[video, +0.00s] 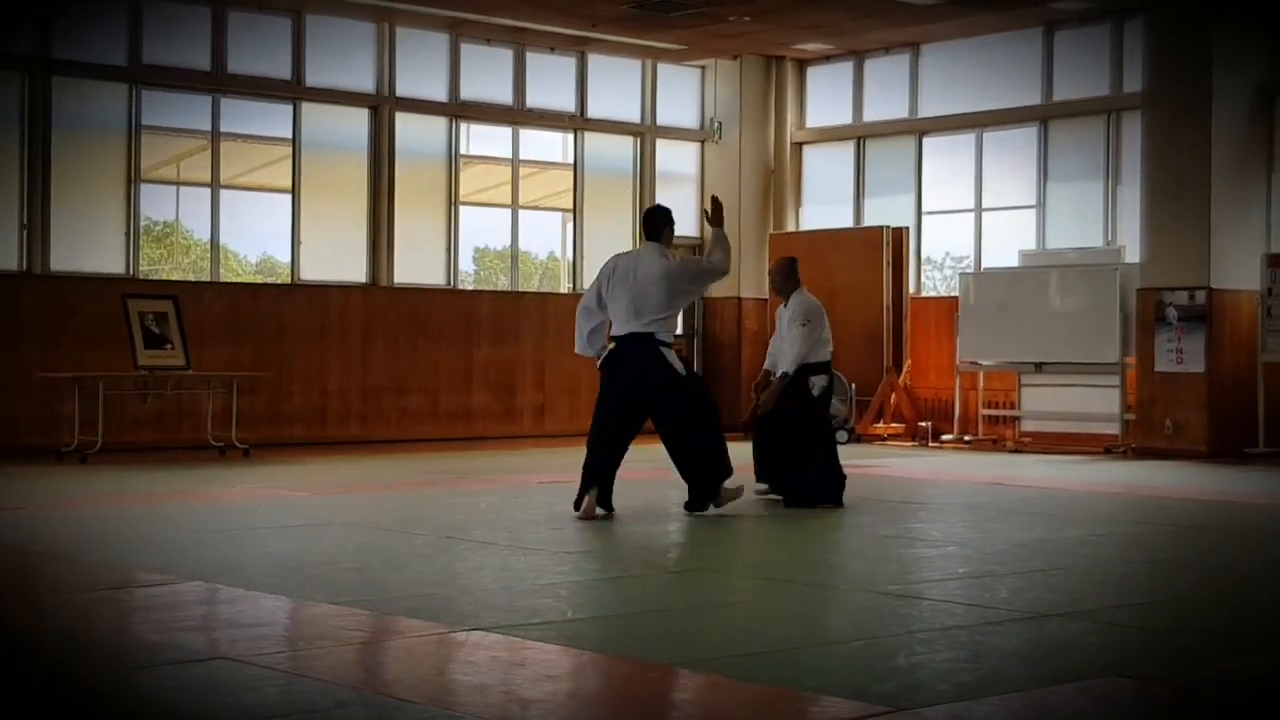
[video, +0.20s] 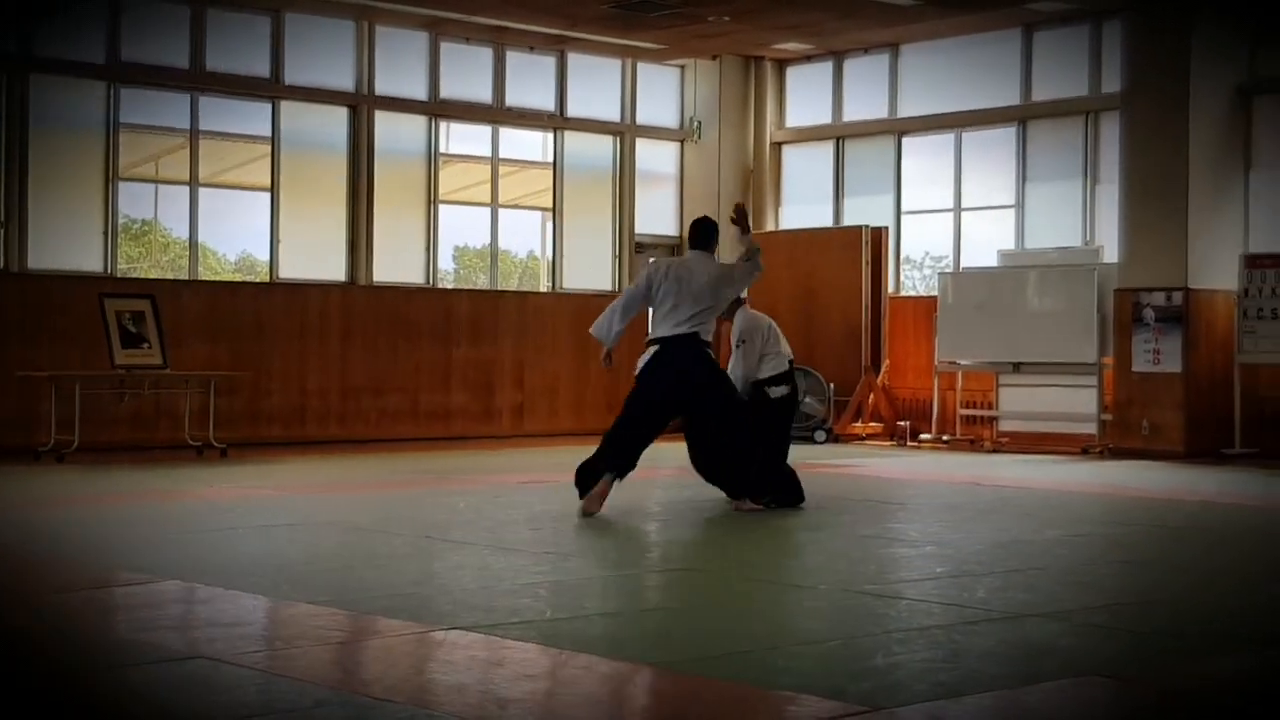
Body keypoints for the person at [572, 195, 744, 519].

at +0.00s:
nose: (672, 235)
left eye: (667, 230)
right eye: (671, 230)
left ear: (642, 232)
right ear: (669, 232)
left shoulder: (616, 264)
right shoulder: (676, 266)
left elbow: (588, 310)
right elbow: (719, 264)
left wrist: (599, 351)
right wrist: (718, 229)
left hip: (620, 356)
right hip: (659, 357)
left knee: (609, 428)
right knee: (693, 420)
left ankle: (593, 493)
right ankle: (710, 490)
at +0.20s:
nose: (707, 241)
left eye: (698, 235)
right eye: (711, 238)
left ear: (687, 240)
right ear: (715, 244)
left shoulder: (660, 270)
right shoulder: (722, 274)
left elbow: (629, 300)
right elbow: (752, 266)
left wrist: (609, 338)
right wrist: (747, 233)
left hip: (659, 359)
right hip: (699, 359)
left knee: (634, 421)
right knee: (730, 421)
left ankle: (607, 477)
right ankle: (741, 494)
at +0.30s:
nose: (706, 247)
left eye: (699, 240)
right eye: (714, 243)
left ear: (691, 243)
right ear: (718, 245)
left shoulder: (667, 270)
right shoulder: (727, 277)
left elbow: (644, 312)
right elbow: (752, 301)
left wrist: (634, 352)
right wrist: (774, 293)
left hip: (674, 353)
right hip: (712, 352)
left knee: (655, 418)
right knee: (728, 420)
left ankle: (659, 481)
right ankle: (729, 494)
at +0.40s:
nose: (722, 255)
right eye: (725, 250)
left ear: (696, 248)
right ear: (725, 250)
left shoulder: (671, 273)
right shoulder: (737, 277)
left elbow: (661, 324)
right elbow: (746, 325)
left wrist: (670, 354)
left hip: (684, 349)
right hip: (727, 351)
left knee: (672, 421)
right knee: (742, 420)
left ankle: (678, 496)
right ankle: (740, 496)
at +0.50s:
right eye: (757, 263)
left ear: (732, 249)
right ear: (756, 259)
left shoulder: (695, 254)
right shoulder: (761, 274)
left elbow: (671, 306)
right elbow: (754, 323)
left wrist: (674, 350)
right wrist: (746, 349)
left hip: (697, 343)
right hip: (745, 346)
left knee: (678, 430)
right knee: (773, 425)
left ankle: (664, 513)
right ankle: (777, 501)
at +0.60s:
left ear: (757, 240)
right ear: (785, 254)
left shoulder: (732, 248)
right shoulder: (789, 288)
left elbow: (693, 285)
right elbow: (769, 329)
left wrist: (669, 327)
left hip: (714, 349)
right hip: (760, 358)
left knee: (664, 428)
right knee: (776, 430)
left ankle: (660, 520)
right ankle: (798, 471)